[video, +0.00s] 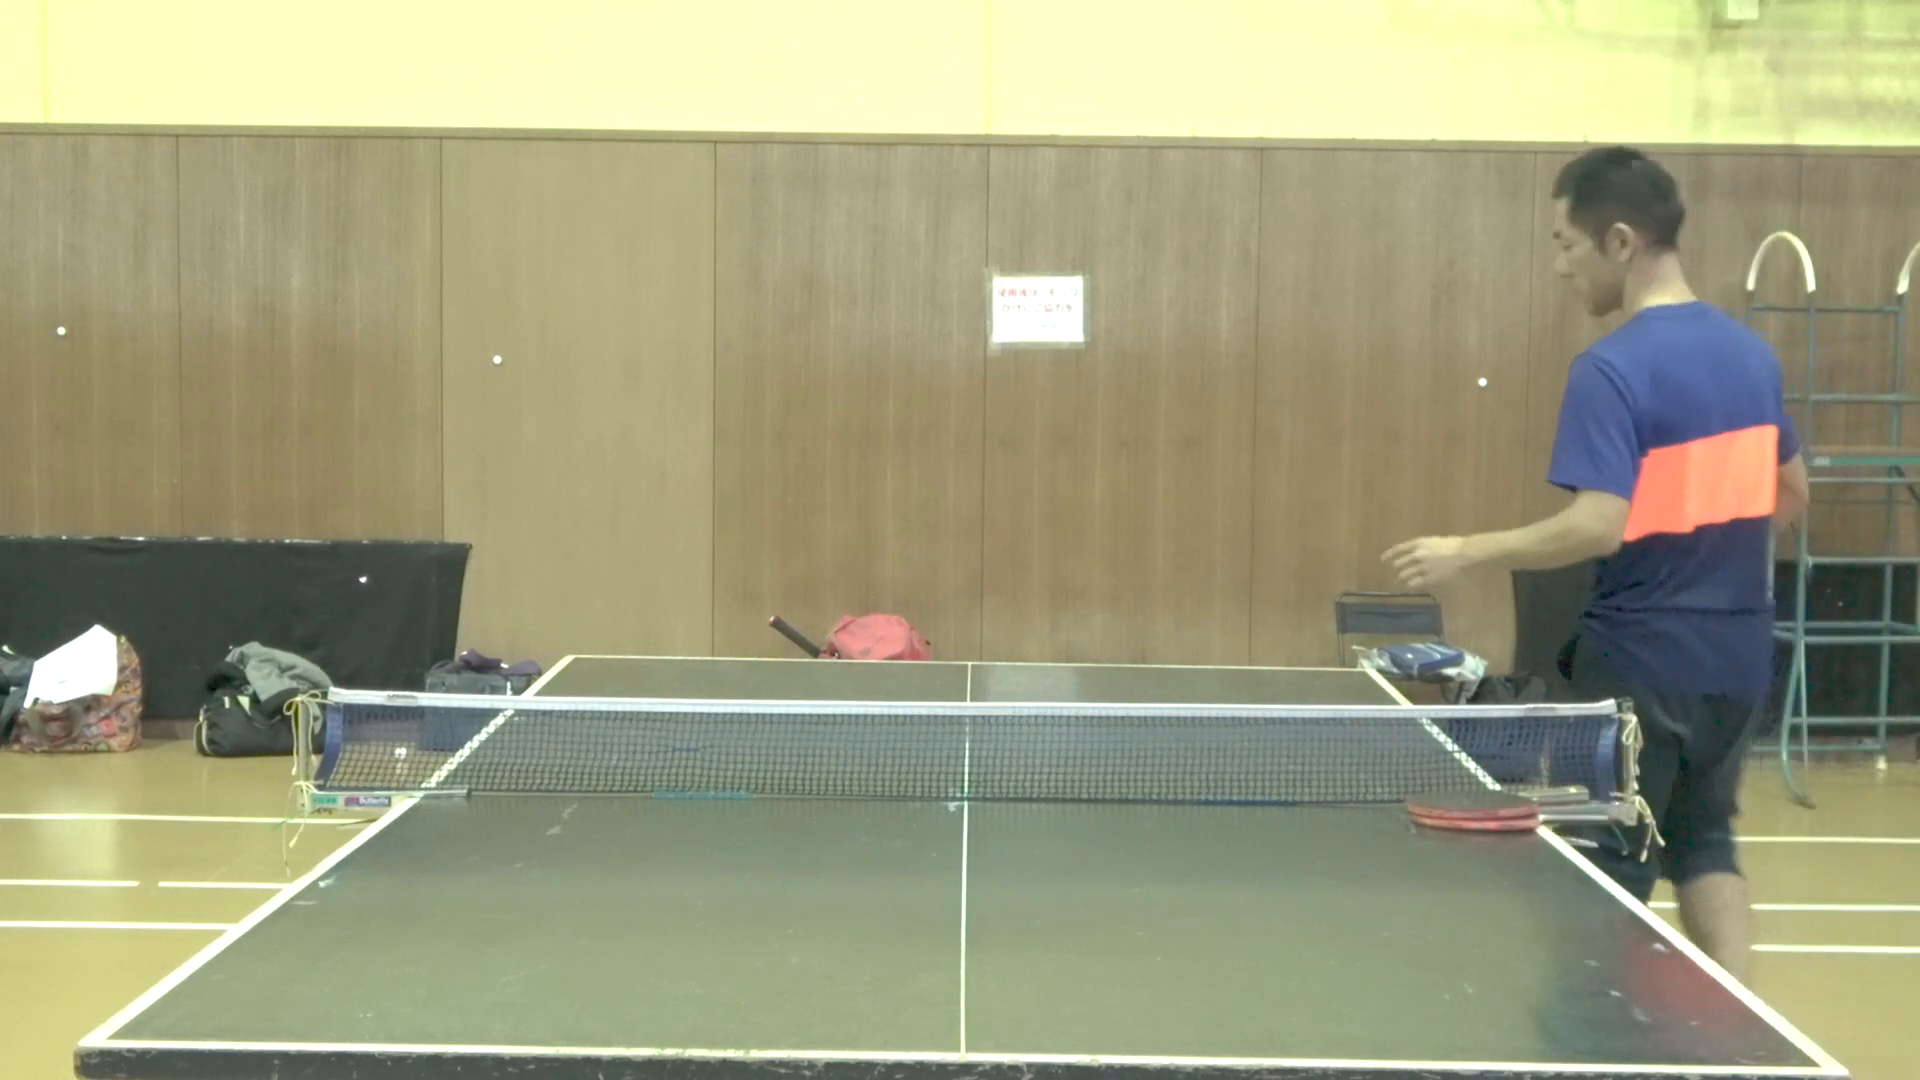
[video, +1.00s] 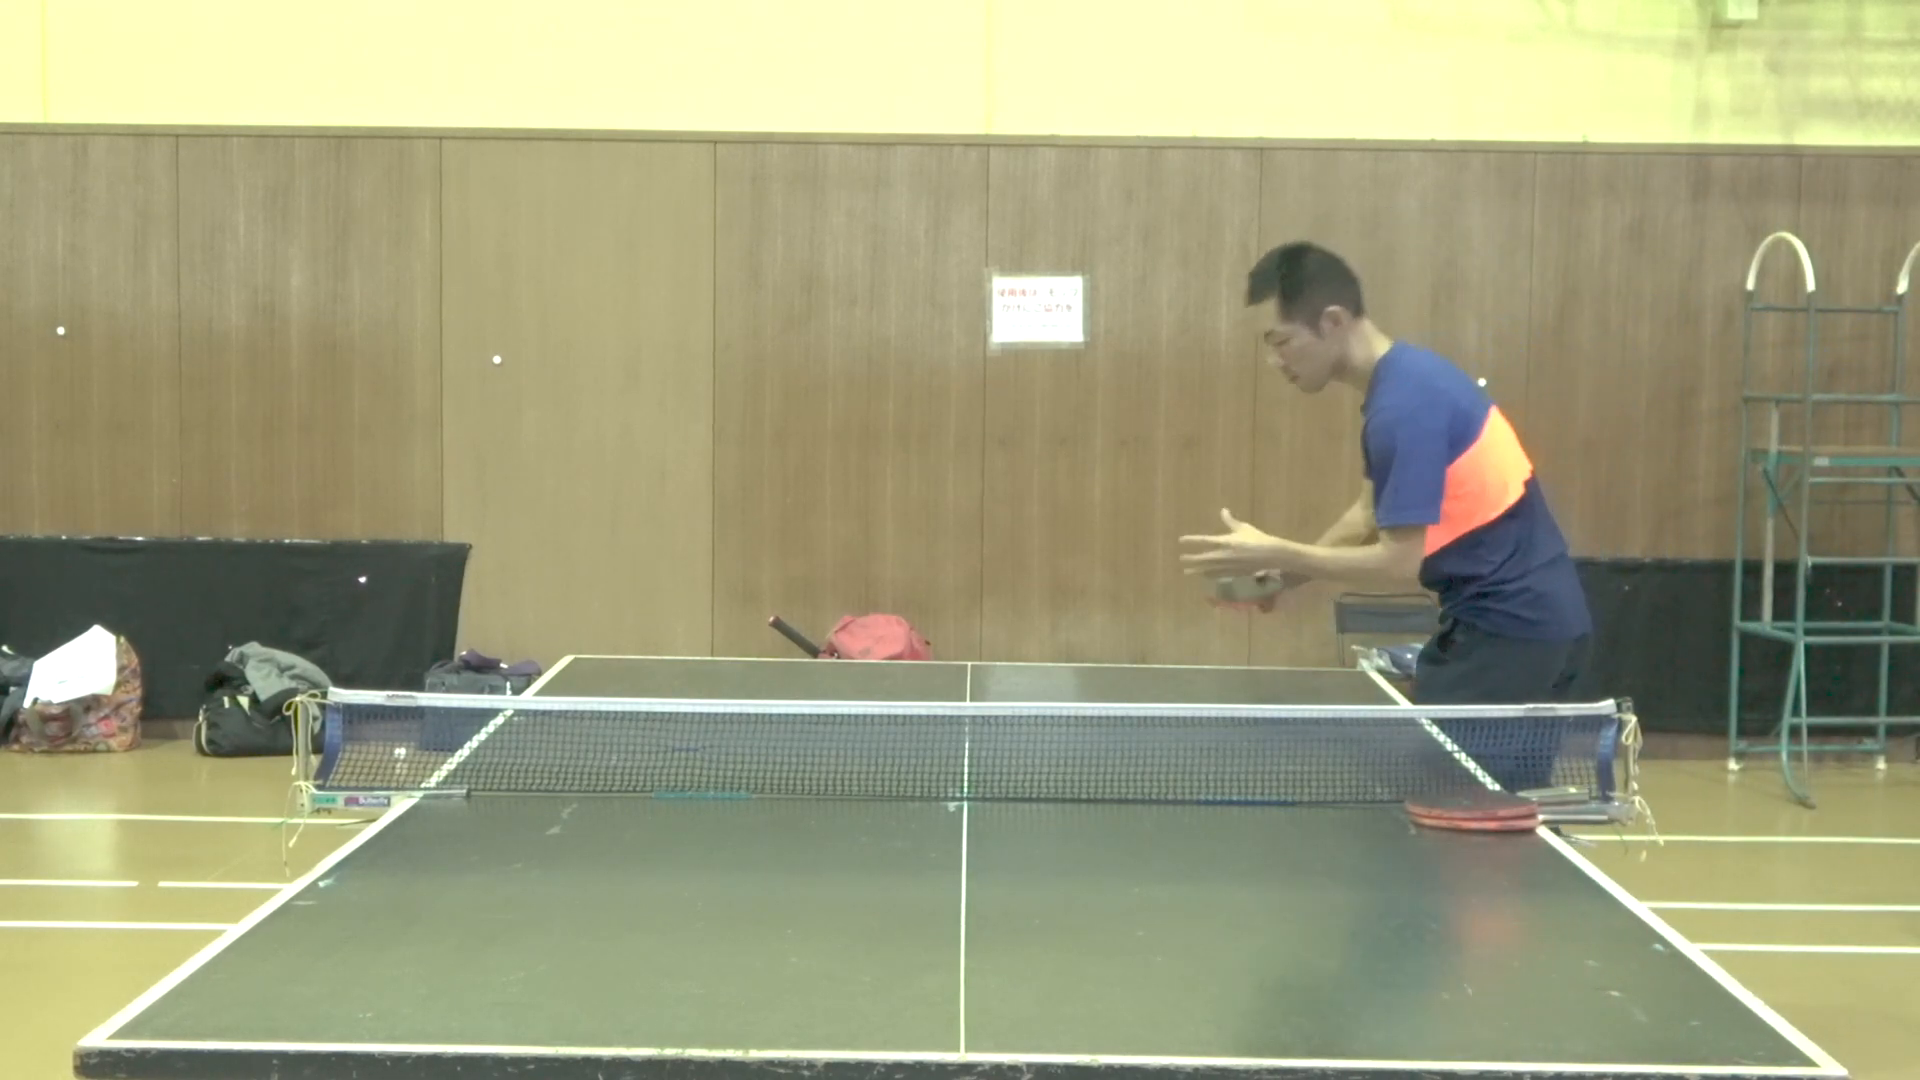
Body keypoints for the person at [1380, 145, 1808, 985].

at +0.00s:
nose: (1560, 264)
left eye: (1568, 241)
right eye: (1558, 242)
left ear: (1624, 240)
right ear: (1640, 238)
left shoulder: (1612, 365)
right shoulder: (1747, 348)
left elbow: (1596, 524)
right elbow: (1789, 491)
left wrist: (1467, 553)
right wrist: (1714, 547)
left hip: (1642, 656)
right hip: (1739, 652)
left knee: (1605, 862)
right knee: (1704, 838)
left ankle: (1604, 1051)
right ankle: (1732, 1037)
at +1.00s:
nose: (1277, 362)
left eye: (1282, 342)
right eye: (1272, 344)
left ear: (1335, 322)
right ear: (1334, 324)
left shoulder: (1406, 402)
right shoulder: (1401, 384)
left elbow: (1403, 566)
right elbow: (1369, 514)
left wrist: (1274, 554)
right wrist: (1287, 580)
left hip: (1509, 634)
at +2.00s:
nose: (1277, 301)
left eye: (1297, 287)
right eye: (1283, 284)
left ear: (1348, 309)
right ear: (1350, 312)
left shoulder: (1356, 375)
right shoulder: (1397, 371)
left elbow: (1203, 385)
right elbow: (1258, 432)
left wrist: (1076, 365)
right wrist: (1153, 394)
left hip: (1495, 634)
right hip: (1545, 629)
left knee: (1368, 788)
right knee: (1519, 815)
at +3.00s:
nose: (1287, 386)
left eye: (1292, 362)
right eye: (1276, 372)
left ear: (1341, 336)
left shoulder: (1404, 396)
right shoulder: (1391, 416)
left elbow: (1510, 467)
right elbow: (1442, 540)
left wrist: (1483, 580)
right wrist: (1375, 625)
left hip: (1530, 624)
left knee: (1431, 782)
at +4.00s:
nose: (1444, 509)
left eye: (1437, 497)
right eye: (1436, 500)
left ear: (1451, 467)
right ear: (1502, 448)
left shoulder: (1473, 515)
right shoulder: (1595, 466)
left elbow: (1510, 648)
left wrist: (1503, 738)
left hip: (1610, 649)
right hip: (1702, 648)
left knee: (1492, 784)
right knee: (1637, 809)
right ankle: (1647, 972)